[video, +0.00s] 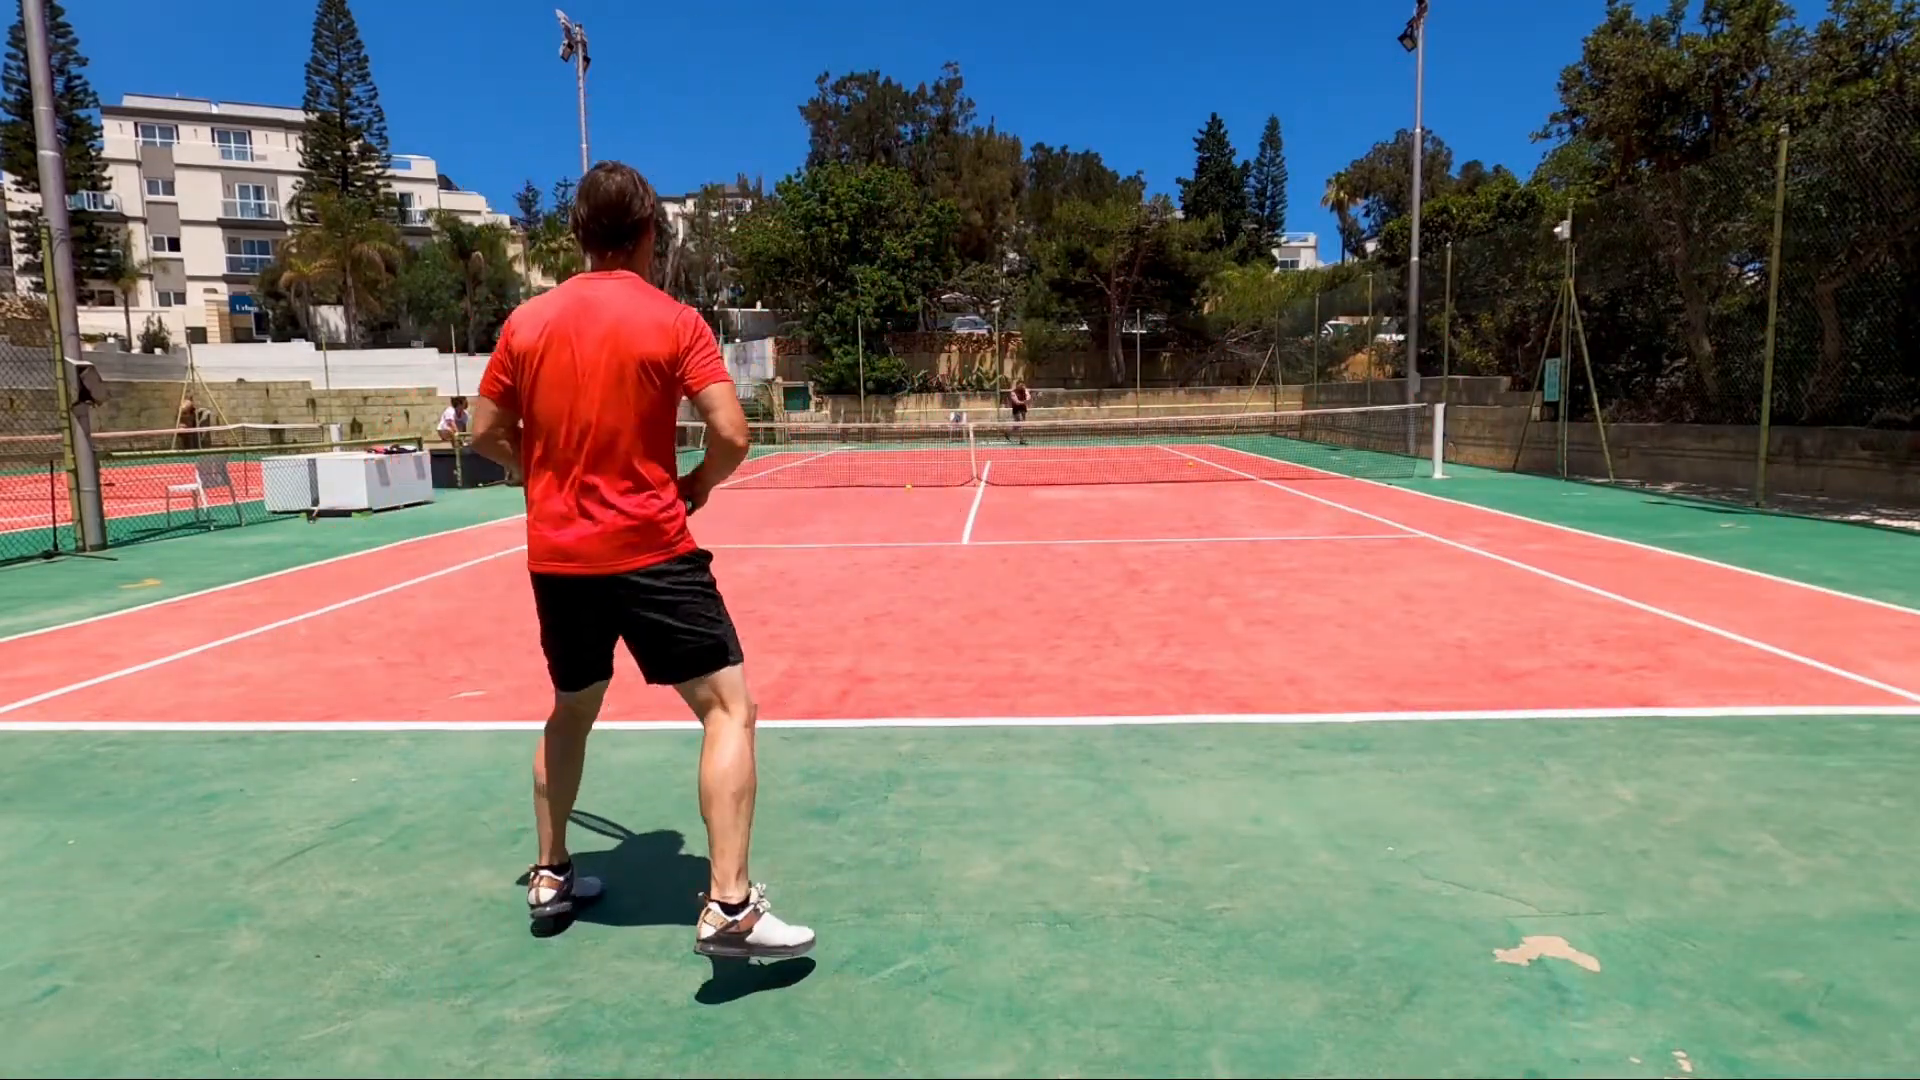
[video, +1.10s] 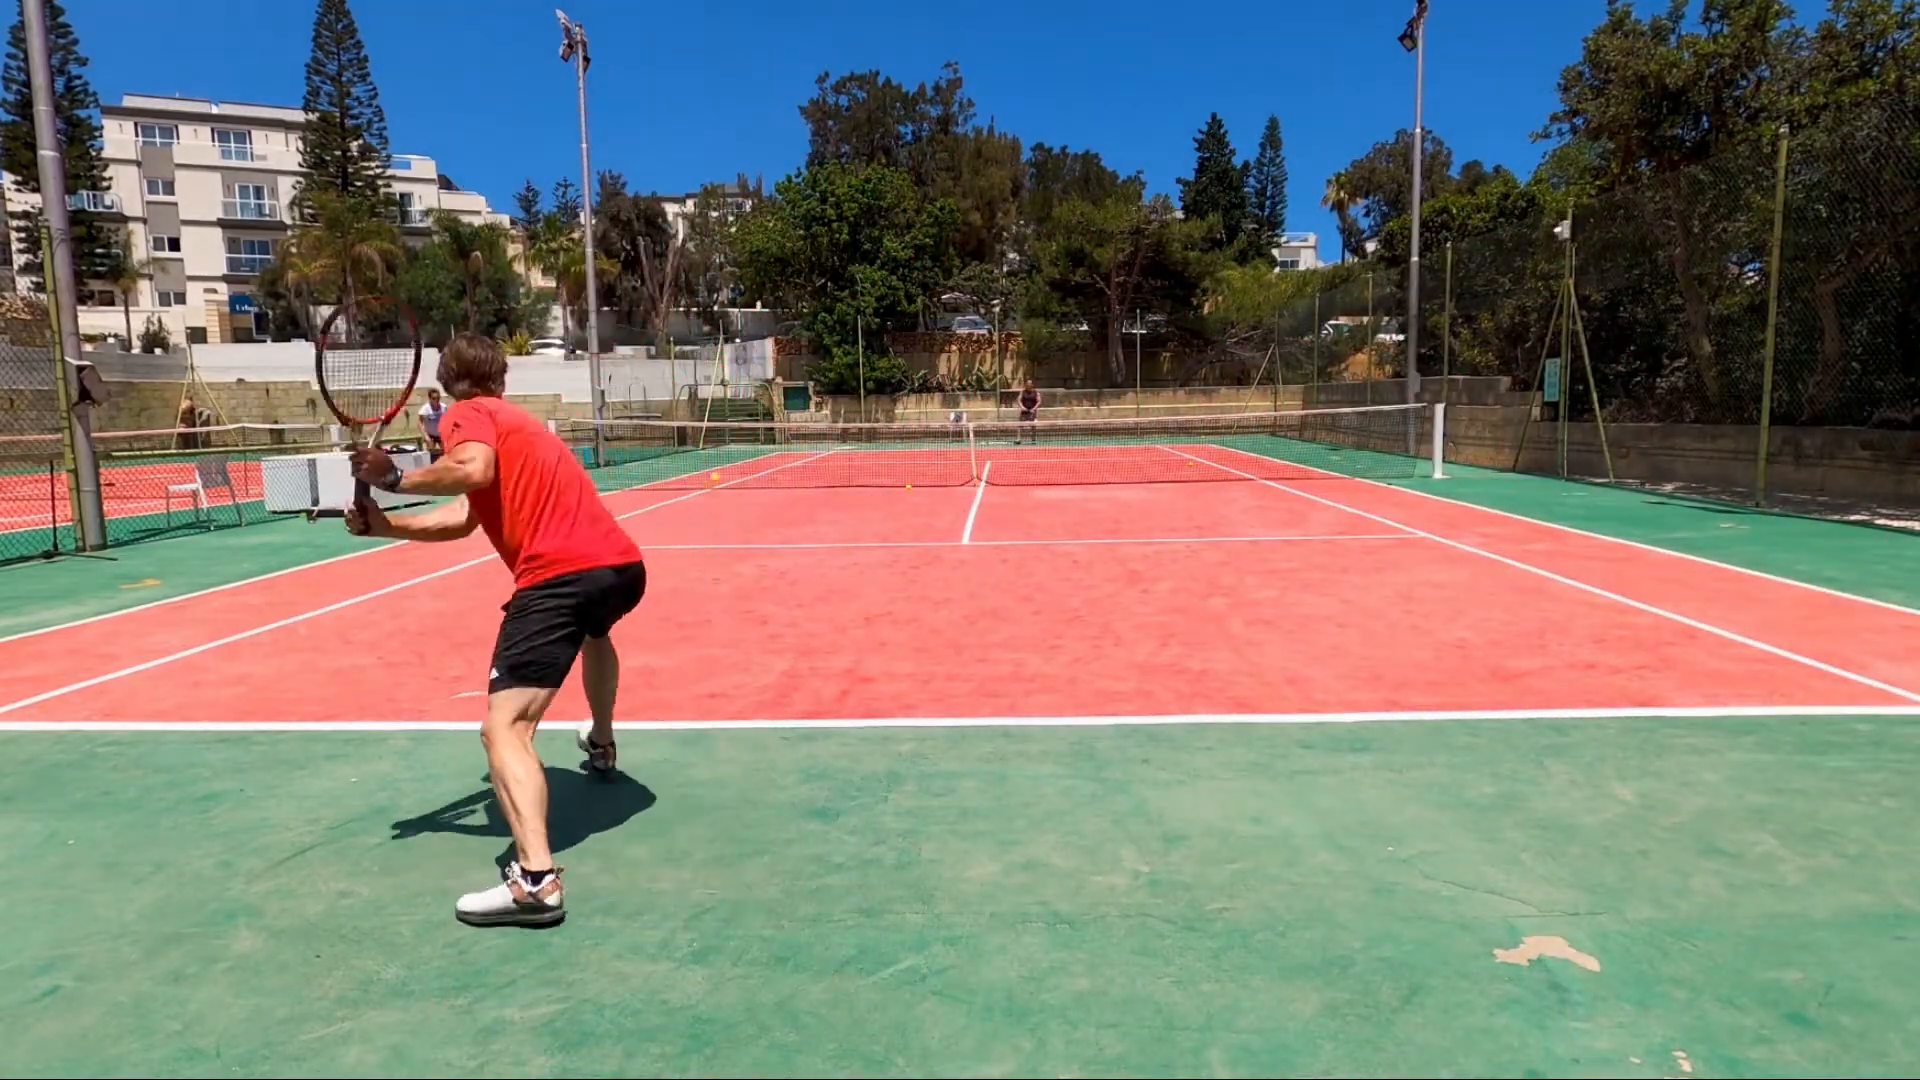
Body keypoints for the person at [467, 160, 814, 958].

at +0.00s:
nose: (663, 238)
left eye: (654, 227)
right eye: (661, 227)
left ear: (579, 234)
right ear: (650, 232)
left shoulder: (529, 320)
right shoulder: (673, 319)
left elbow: (485, 433)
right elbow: (731, 433)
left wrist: (549, 472)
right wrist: (694, 487)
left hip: (558, 556)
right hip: (652, 549)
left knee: (572, 703)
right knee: (725, 708)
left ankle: (548, 874)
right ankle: (730, 901)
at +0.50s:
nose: (637, 299)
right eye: (636, 290)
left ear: (566, 292)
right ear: (634, 294)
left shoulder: (518, 366)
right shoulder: (668, 377)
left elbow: (469, 472)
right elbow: (690, 494)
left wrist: (535, 502)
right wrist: (638, 526)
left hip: (542, 582)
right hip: (639, 579)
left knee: (515, 714)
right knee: (704, 713)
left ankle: (482, 861)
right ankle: (720, 867)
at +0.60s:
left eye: (553, 309)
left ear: (558, 313)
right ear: (621, 314)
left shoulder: (528, 372)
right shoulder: (665, 387)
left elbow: (473, 477)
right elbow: (679, 497)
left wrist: (506, 500)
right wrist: (600, 489)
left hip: (561, 585)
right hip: (656, 586)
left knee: (514, 714)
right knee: (692, 729)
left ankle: (502, 863)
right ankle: (742, 885)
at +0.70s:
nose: (527, 345)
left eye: (528, 335)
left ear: (535, 335)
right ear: (594, 336)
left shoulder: (531, 389)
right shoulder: (633, 397)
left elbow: (496, 491)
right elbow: (612, 511)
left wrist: (466, 499)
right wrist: (512, 535)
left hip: (573, 595)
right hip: (661, 592)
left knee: (498, 701)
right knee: (696, 746)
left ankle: (522, 862)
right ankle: (748, 900)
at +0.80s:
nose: (492, 351)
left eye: (492, 339)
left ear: (498, 340)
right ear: (554, 339)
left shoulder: (514, 389)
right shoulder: (590, 397)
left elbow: (514, 484)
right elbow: (569, 520)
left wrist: (451, 508)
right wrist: (477, 548)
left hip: (570, 590)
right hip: (650, 587)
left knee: (490, 718)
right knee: (666, 733)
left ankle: (530, 880)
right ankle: (735, 870)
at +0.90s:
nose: (458, 374)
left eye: (457, 364)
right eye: (459, 365)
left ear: (464, 363)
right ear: (520, 358)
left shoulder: (481, 410)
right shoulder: (557, 412)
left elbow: (503, 498)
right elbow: (535, 529)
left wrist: (433, 542)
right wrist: (459, 583)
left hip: (563, 594)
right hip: (635, 588)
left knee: (475, 728)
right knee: (625, 716)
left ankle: (527, 886)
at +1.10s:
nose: (438, 399)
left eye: (439, 389)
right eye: (440, 391)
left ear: (447, 386)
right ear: (500, 383)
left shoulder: (465, 413)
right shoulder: (519, 423)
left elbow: (472, 470)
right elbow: (463, 522)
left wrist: (396, 477)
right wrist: (384, 524)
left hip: (558, 578)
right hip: (622, 567)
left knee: (506, 727)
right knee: (593, 633)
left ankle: (536, 878)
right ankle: (603, 740)